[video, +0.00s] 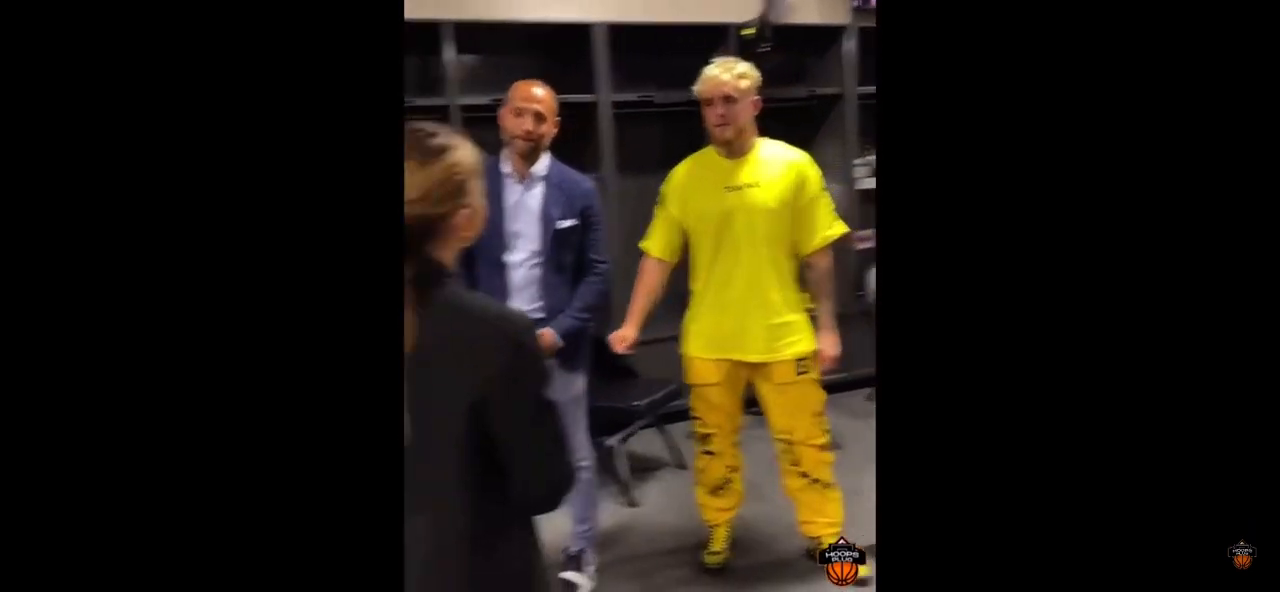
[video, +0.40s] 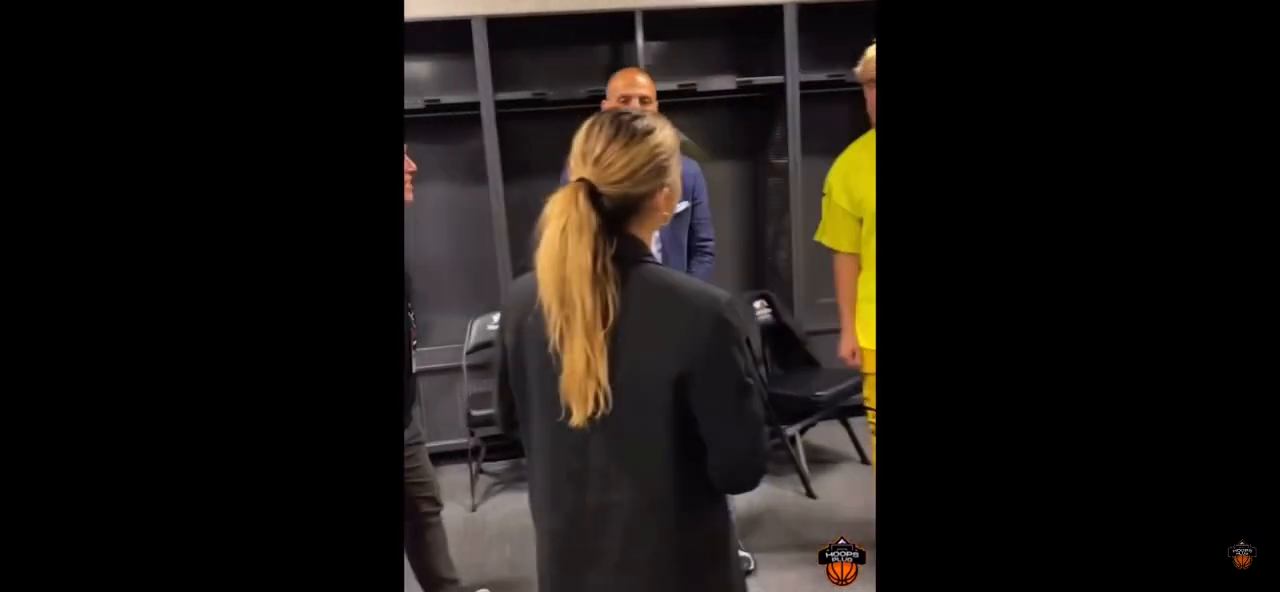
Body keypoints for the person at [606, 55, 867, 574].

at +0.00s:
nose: (717, 112)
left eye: (728, 101)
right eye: (709, 103)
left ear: (755, 104)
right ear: (700, 109)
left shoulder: (794, 167)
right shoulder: (685, 177)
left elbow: (817, 251)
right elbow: (658, 254)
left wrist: (827, 326)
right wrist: (632, 323)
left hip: (784, 331)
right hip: (711, 334)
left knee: (806, 439)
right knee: (713, 439)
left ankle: (824, 536)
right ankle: (718, 526)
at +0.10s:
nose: (762, 107)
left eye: (773, 96)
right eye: (752, 98)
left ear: (800, 99)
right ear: (744, 104)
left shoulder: (839, 162)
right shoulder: (728, 173)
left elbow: (861, 252)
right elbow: (701, 254)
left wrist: (867, 328)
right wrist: (678, 324)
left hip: (828, 329)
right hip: (753, 331)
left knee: (855, 440)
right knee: (760, 436)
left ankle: (868, 532)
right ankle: (769, 524)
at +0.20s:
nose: (811, 100)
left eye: (822, 89)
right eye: (802, 91)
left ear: (846, 93)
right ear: (791, 99)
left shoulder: (872, 151)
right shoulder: (774, 169)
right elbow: (753, 251)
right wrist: (737, 326)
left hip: (868, 322)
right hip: (802, 324)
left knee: (876, 425)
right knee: (811, 431)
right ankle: (822, 525)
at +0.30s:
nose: (852, 95)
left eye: (862, 84)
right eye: (842, 86)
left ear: (880, 90)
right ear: (832, 95)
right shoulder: (818, 166)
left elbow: (803, 251)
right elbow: (804, 253)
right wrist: (799, 329)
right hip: (847, 324)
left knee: (866, 435)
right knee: (856, 434)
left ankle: (869, 530)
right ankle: (866, 530)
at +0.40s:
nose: (874, 96)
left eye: (876, 85)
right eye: (871, 86)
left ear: (877, 90)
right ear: (863, 92)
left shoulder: (853, 166)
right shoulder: (852, 166)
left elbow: (846, 253)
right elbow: (846, 253)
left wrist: (850, 329)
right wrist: (848, 329)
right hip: (871, 329)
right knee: (875, 424)